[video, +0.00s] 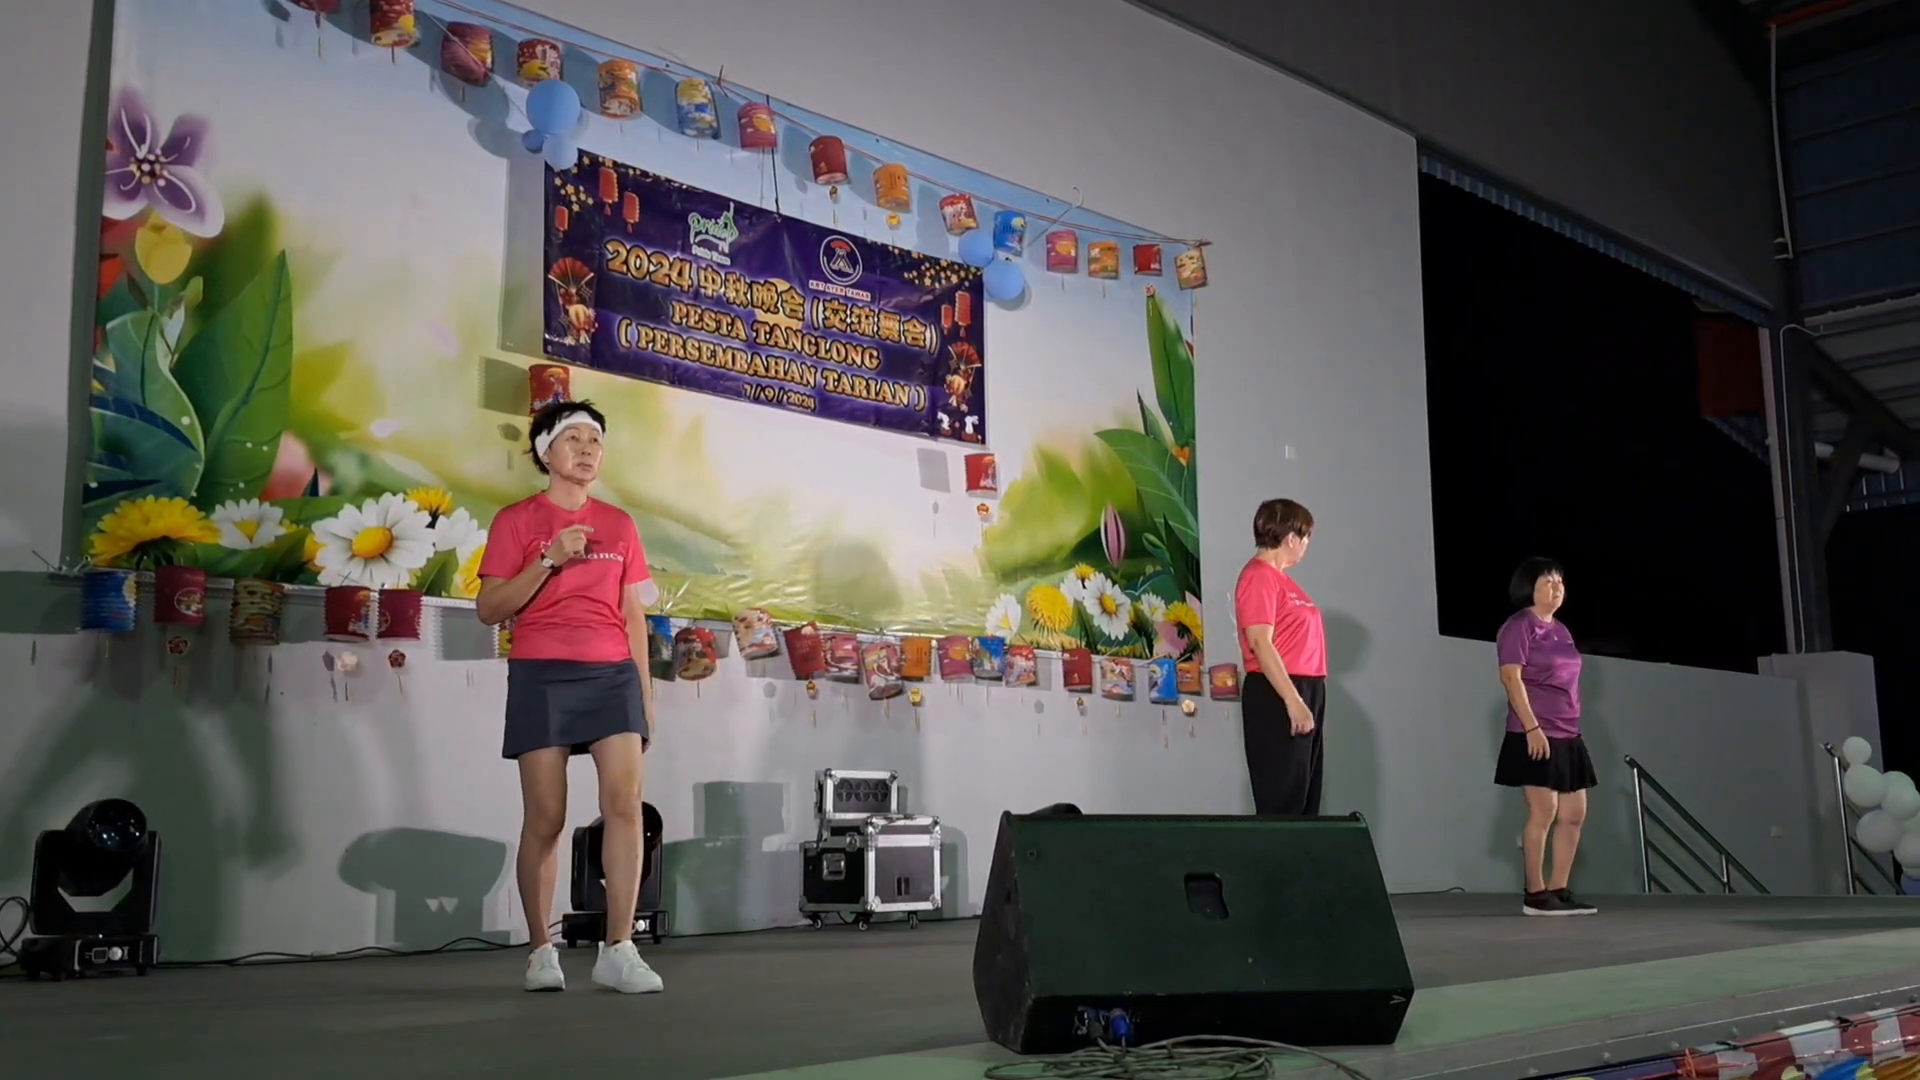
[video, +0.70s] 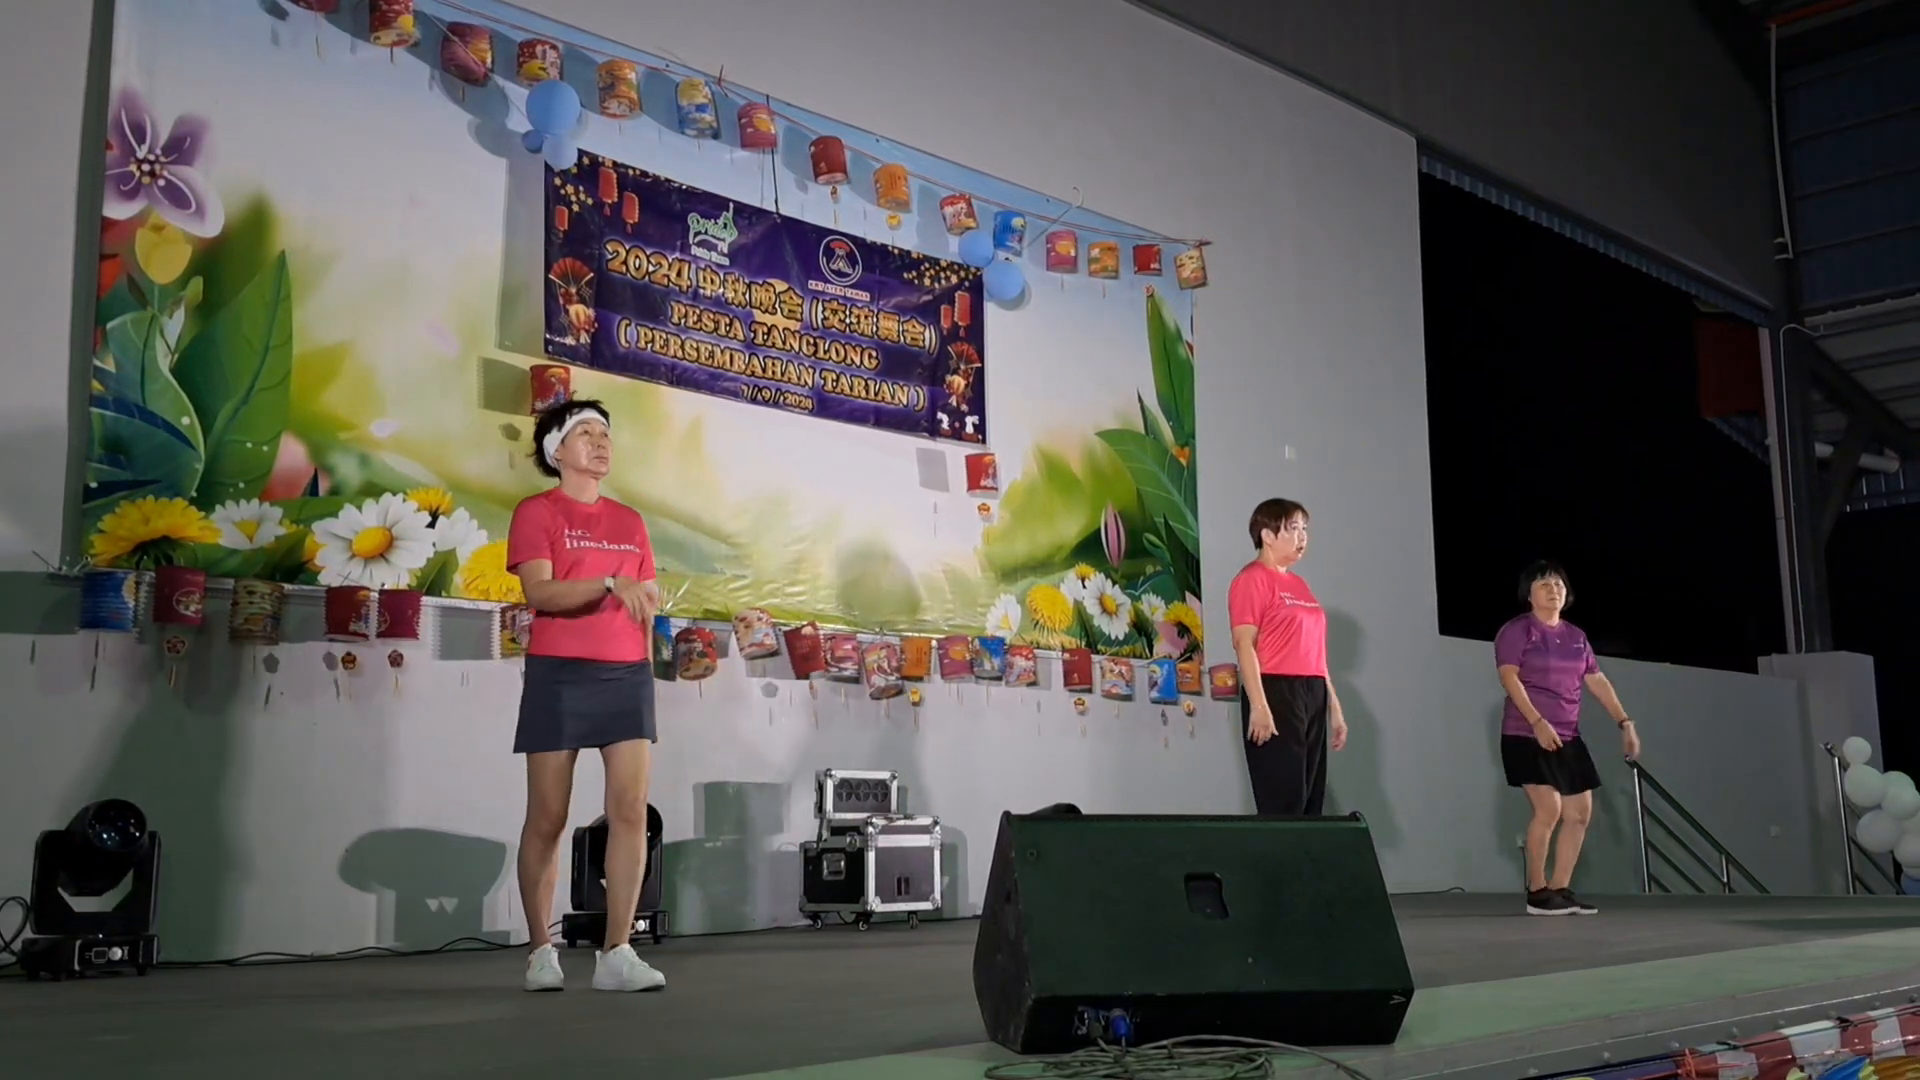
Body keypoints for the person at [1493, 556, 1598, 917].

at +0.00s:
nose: (1556, 588)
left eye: (1559, 582)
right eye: (1548, 582)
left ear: (1563, 589)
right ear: (1530, 587)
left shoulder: (1562, 631)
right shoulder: (1518, 626)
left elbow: (1563, 684)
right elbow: (1511, 679)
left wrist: (1571, 730)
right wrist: (1532, 728)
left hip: (1568, 738)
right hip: (1535, 736)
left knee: (1574, 814)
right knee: (1543, 811)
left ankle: (1558, 891)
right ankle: (1535, 893)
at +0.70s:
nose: (1553, 590)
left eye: (1557, 585)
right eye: (1544, 585)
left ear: (1566, 593)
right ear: (1530, 593)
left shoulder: (1576, 637)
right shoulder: (1516, 631)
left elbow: (1596, 680)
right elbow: (1509, 679)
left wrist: (1624, 722)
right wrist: (1537, 721)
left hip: (1567, 737)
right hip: (1525, 735)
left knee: (1580, 810)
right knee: (1548, 808)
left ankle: (1559, 891)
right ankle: (1537, 892)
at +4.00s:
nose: (1558, 586)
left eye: (1560, 581)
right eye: (1549, 581)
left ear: (1563, 592)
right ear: (1532, 589)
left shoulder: (1564, 634)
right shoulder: (1522, 628)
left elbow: (1573, 687)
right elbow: (1524, 681)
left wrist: (1588, 731)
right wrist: (1549, 730)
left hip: (1570, 737)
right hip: (1534, 735)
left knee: (1567, 815)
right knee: (1537, 811)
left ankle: (1558, 890)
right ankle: (1537, 892)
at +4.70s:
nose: (1550, 588)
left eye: (1553, 583)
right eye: (1542, 583)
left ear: (1558, 592)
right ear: (1526, 592)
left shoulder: (1561, 635)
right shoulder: (1517, 629)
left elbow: (1573, 687)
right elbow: (1514, 683)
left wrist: (1589, 730)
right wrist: (1529, 733)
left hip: (1571, 739)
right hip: (1536, 737)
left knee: (1564, 816)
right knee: (1536, 812)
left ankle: (1555, 891)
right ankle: (1536, 892)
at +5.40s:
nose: (1552, 589)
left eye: (1554, 584)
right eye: (1543, 584)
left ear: (1558, 593)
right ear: (1527, 593)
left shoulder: (1558, 633)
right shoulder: (1521, 629)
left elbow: (1563, 685)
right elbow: (1523, 681)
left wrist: (1575, 729)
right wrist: (1547, 729)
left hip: (1572, 736)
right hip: (1541, 736)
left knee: (1565, 816)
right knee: (1547, 811)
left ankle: (1556, 891)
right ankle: (1537, 893)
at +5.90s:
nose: (1546, 587)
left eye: (1551, 583)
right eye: (1538, 583)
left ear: (1558, 594)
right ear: (1524, 593)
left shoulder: (1566, 637)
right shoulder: (1512, 631)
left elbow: (1581, 683)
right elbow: (1509, 680)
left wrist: (1599, 728)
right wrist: (1535, 726)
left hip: (1564, 737)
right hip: (1524, 735)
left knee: (1566, 812)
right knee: (1541, 808)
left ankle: (1555, 891)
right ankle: (1534, 892)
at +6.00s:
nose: (1540, 586)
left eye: (1546, 582)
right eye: (1532, 582)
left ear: (1555, 594)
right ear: (1519, 594)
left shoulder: (1570, 636)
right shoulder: (1504, 631)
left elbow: (1592, 679)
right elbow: (1494, 679)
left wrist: (1619, 722)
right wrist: (1510, 724)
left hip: (1559, 738)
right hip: (1518, 735)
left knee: (1564, 812)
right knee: (1528, 810)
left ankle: (1554, 892)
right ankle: (1521, 890)